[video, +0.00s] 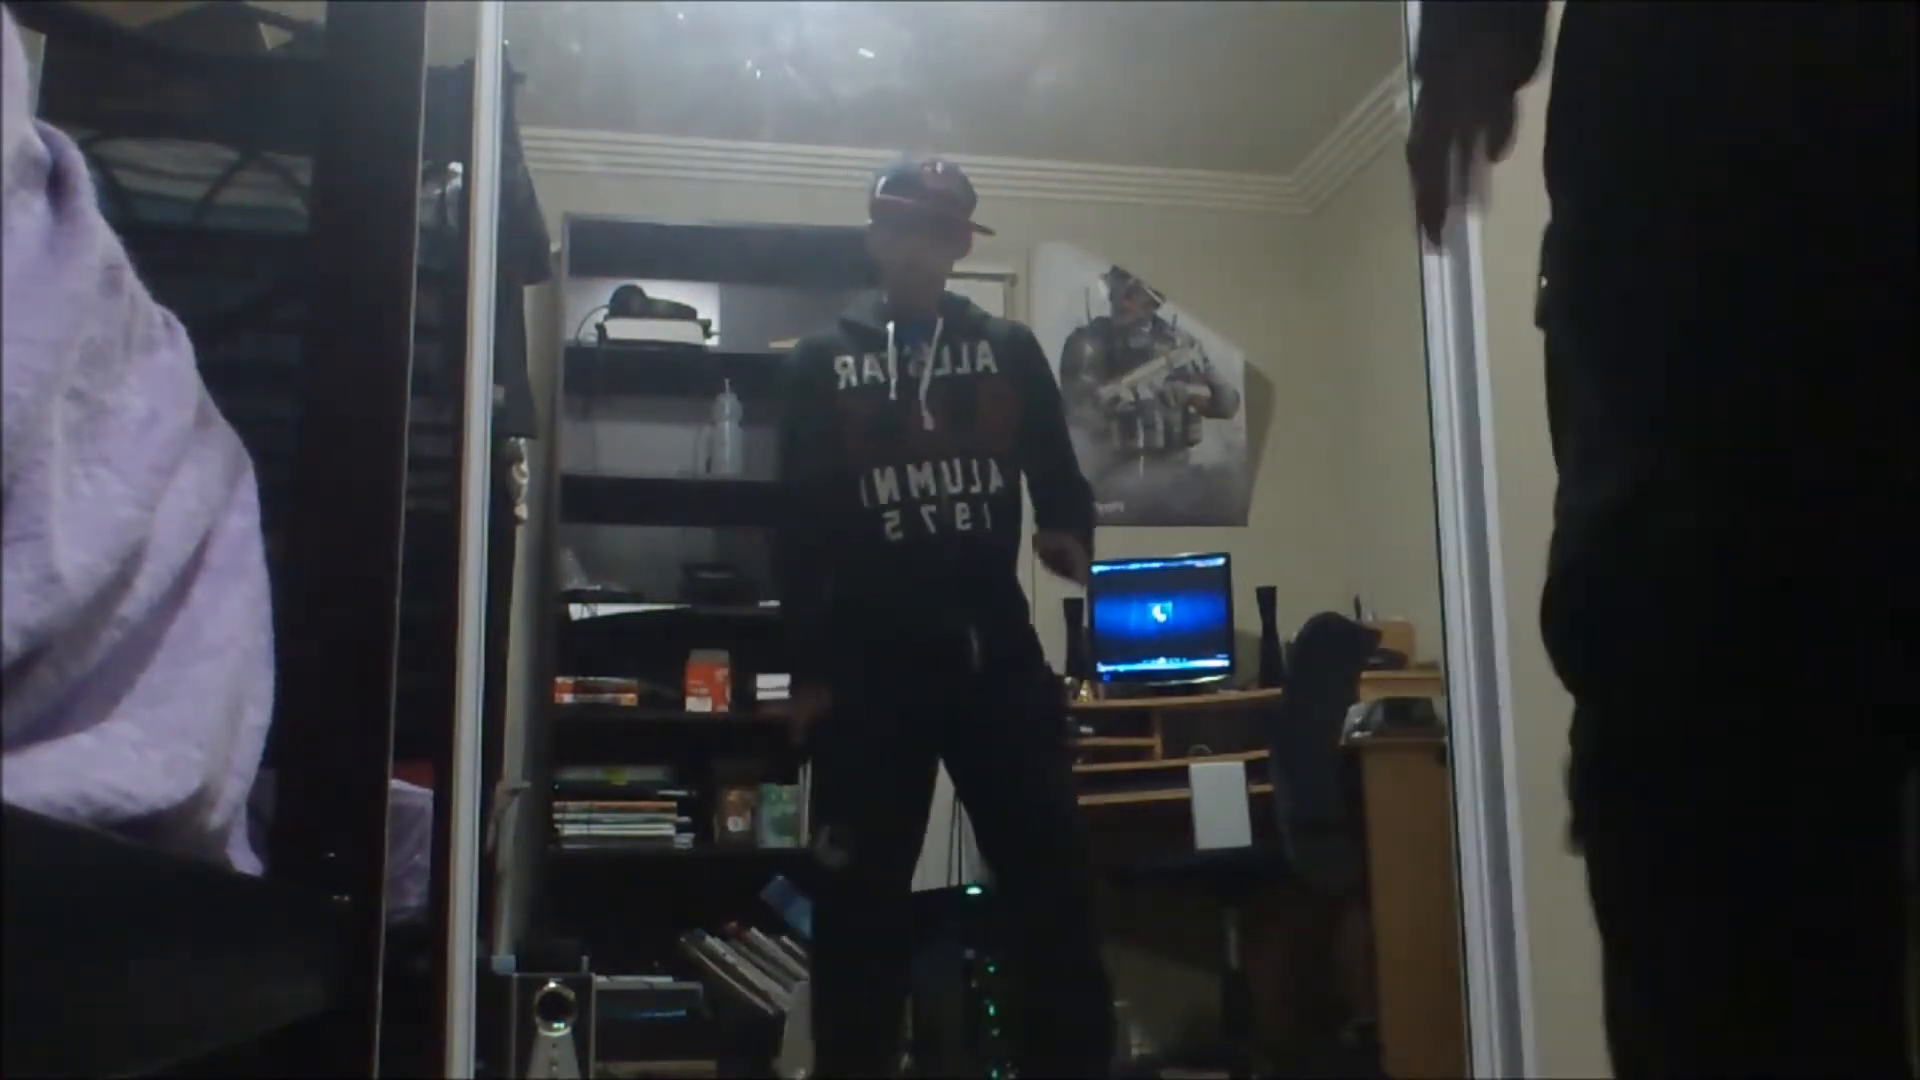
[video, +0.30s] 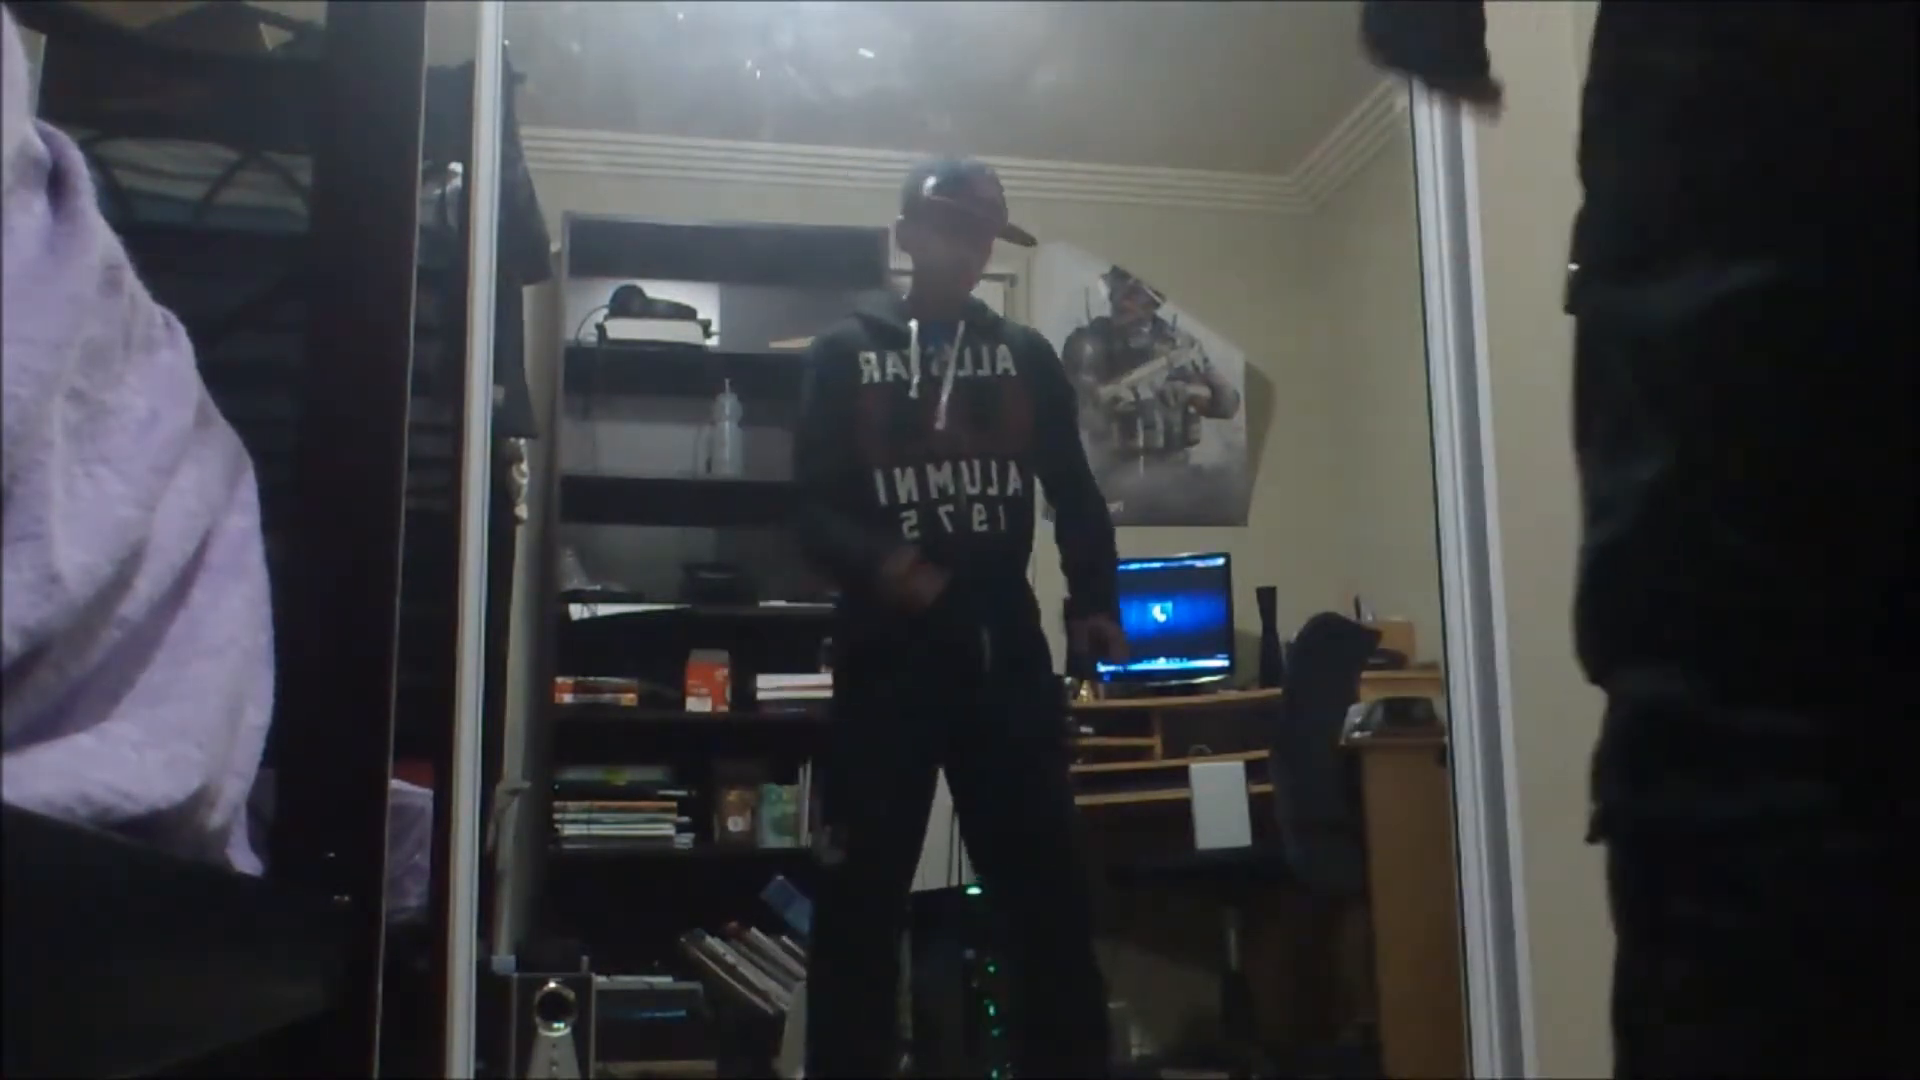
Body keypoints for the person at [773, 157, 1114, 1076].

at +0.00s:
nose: (915, 247)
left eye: (935, 230)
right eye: (900, 226)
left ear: (966, 240)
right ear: (872, 231)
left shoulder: (1010, 349)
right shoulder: (820, 358)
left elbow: (1056, 474)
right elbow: (796, 518)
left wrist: (1064, 529)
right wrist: (804, 662)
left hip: (992, 648)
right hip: (864, 649)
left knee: (1047, 872)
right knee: (860, 894)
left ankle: (1069, 1064)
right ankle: (854, 1069)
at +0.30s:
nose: (961, 242)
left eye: (977, 227)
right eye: (944, 222)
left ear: (996, 242)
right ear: (906, 231)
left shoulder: (1027, 357)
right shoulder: (846, 354)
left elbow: (1075, 490)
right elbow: (813, 502)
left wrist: (1092, 599)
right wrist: (879, 558)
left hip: (1004, 644)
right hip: (887, 646)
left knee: (1042, 878)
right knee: (864, 886)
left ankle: (1069, 1067)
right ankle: (849, 1068)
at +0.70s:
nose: (1052, 251)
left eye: (1062, 234)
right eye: (1035, 230)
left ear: (1071, 240)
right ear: (985, 229)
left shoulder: (1094, 349)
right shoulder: (917, 331)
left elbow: (1127, 482)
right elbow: (842, 448)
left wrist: (1155, 545)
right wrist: (946, 465)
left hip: (1051, 623)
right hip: (939, 621)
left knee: (1064, 863)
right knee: (906, 857)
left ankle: (1066, 1063)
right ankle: (894, 1061)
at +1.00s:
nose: (1051, 238)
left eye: (1064, 225)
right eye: (1033, 217)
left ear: (1075, 237)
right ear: (987, 222)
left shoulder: (1107, 347)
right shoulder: (921, 339)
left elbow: (1202, 484)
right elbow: (864, 480)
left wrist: (1179, 441)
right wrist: (869, 605)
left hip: (1052, 628)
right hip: (934, 625)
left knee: (1060, 862)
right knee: (875, 853)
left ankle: (1067, 1063)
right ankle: (852, 1062)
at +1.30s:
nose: (982, 237)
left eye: (1004, 220)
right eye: (968, 216)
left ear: (1038, 229)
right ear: (945, 223)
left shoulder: (1090, 338)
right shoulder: (898, 342)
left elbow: (1196, 453)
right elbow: (830, 477)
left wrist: (1188, 563)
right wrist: (856, 582)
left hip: (1042, 642)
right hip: (918, 640)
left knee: (1050, 885)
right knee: (852, 872)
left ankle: (1059, 1069)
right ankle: (831, 1071)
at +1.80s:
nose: (916, 245)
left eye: (939, 229)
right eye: (906, 226)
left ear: (980, 237)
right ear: (890, 233)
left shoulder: (1039, 337)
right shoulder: (867, 356)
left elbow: (1081, 480)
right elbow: (833, 512)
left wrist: (1014, 504)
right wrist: (754, 569)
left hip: (1006, 636)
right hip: (893, 638)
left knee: (1025, 870)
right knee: (833, 850)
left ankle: (1044, 1066)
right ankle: (813, 1060)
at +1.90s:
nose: (886, 247)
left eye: (907, 230)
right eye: (877, 230)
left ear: (951, 235)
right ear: (868, 233)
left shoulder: (1011, 323)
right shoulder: (857, 351)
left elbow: (1059, 466)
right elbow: (813, 477)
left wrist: (960, 489)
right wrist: (732, 520)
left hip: (989, 626)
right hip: (879, 630)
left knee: (1009, 857)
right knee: (820, 820)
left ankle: (1024, 1061)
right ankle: (822, 1051)